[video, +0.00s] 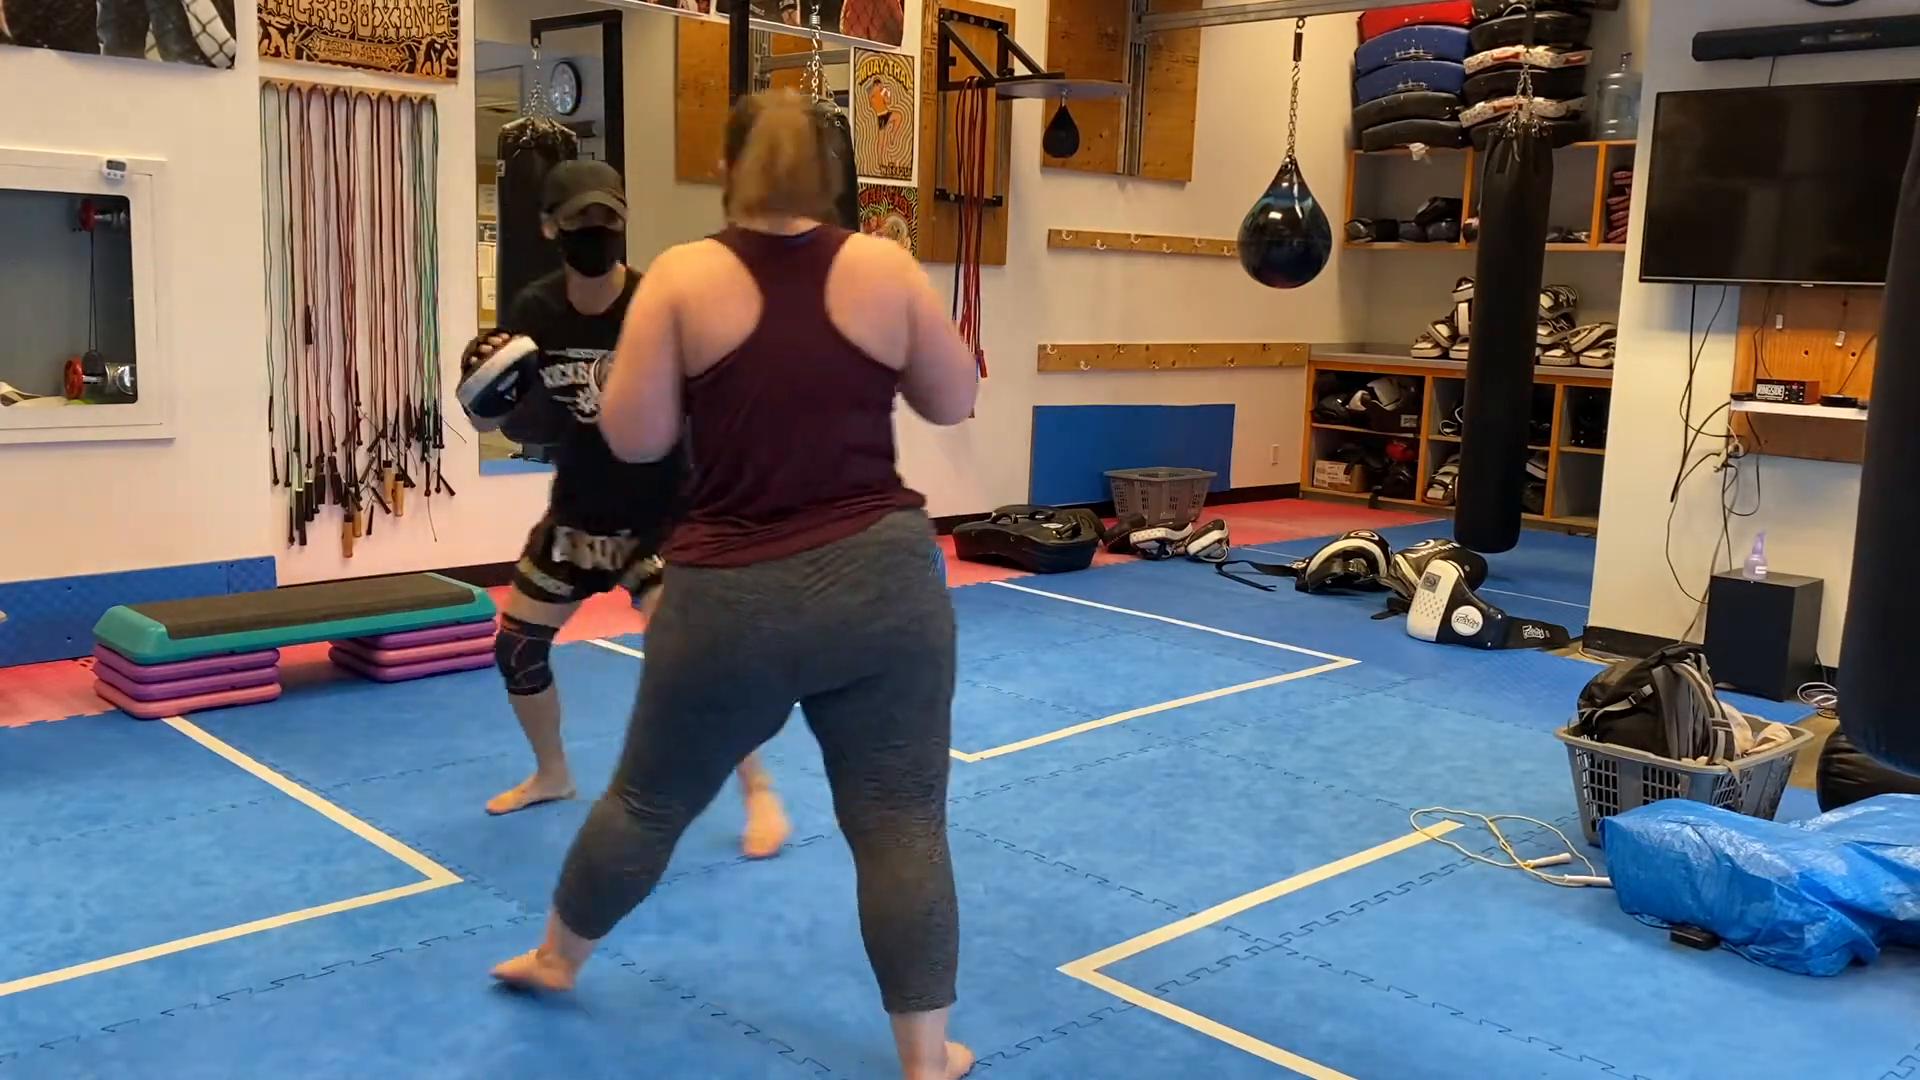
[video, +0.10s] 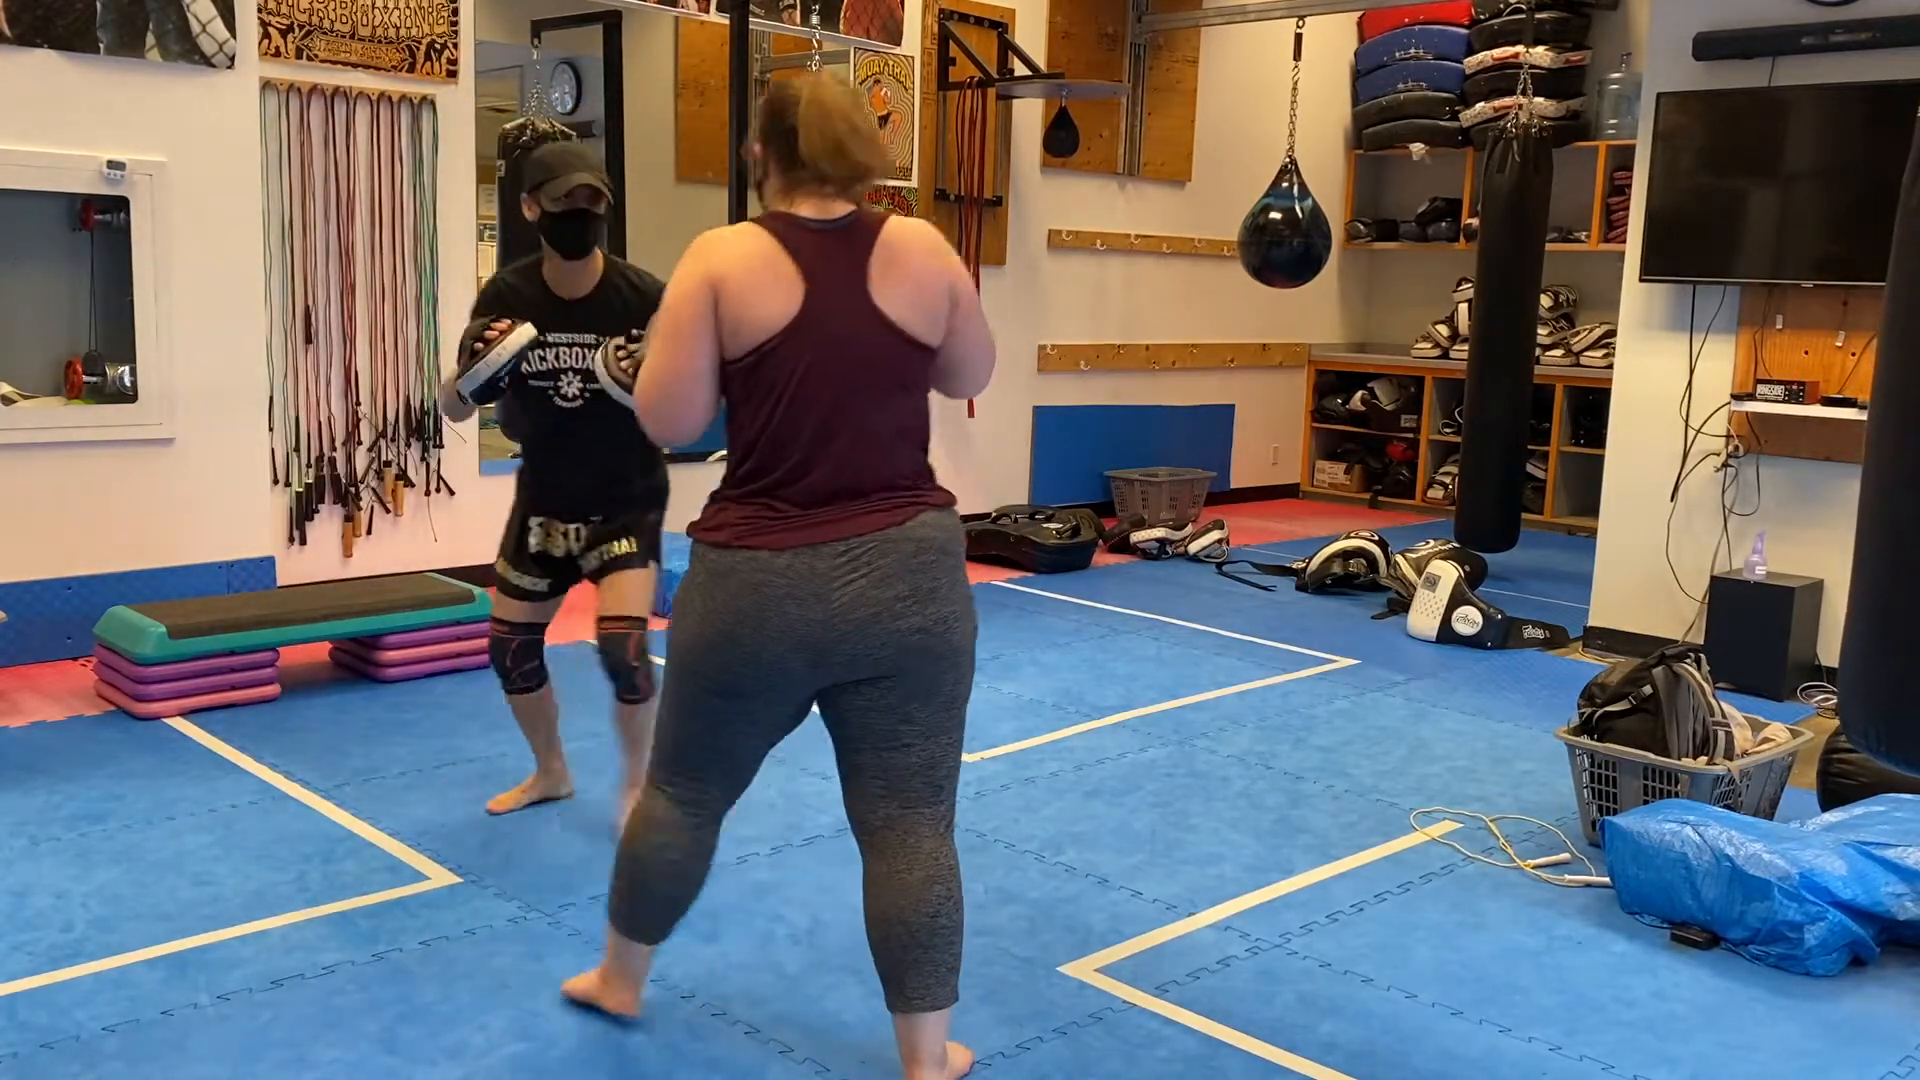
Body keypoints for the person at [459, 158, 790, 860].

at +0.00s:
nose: (597, 230)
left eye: (607, 216)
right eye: (581, 218)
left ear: (624, 220)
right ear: (552, 226)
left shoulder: (660, 300)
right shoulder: (534, 309)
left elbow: (706, 393)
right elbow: (524, 422)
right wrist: (494, 396)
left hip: (668, 516)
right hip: (578, 511)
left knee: (697, 655)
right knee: (519, 650)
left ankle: (758, 787)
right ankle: (553, 774)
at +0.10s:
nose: (580, 214)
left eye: (590, 199)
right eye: (563, 202)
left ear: (608, 203)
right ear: (531, 210)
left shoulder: (646, 297)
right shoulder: (506, 295)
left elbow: (689, 405)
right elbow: (453, 403)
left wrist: (650, 386)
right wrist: (475, 374)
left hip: (628, 494)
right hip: (544, 492)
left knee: (623, 645)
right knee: (512, 647)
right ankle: (551, 772)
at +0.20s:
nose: (573, 206)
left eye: (582, 191)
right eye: (555, 194)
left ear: (597, 195)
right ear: (518, 200)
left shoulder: (636, 295)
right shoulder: (488, 288)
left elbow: (692, 395)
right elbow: (434, 400)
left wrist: (658, 378)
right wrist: (471, 370)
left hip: (603, 499)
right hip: (517, 494)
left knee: (577, 664)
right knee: (493, 650)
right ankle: (548, 755)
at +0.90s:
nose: (584, 237)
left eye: (588, 224)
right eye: (566, 226)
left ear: (594, 225)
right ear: (519, 233)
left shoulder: (614, 323)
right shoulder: (477, 325)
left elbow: (691, 370)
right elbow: (429, 442)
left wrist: (762, 398)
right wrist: (506, 405)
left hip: (578, 542)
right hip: (479, 544)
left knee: (658, 678)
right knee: (425, 711)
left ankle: (730, 837)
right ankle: (425, 812)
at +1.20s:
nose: (722, 262)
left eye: (727, 249)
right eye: (704, 250)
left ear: (735, 250)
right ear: (657, 254)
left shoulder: (741, 341)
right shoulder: (608, 344)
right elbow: (538, 455)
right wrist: (627, 425)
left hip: (675, 550)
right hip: (581, 554)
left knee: (767, 694)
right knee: (503, 721)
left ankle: (761, 858)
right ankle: (436, 806)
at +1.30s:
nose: (733, 264)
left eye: (737, 249)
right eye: (715, 252)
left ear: (747, 245)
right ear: (667, 257)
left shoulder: (758, 338)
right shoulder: (617, 346)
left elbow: (842, 364)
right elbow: (539, 456)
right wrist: (629, 429)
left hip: (692, 565)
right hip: (590, 567)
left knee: (779, 699)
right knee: (504, 725)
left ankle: (763, 856)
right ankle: (434, 833)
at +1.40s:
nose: (728, 263)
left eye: (730, 249)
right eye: (709, 252)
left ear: (736, 248)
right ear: (657, 258)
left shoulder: (750, 329)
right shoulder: (606, 348)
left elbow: (847, 325)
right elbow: (528, 462)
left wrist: (928, 297)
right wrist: (610, 437)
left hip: (696, 569)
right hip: (591, 570)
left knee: (783, 700)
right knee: (504, 724)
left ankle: (765, 858)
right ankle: (409, 868)